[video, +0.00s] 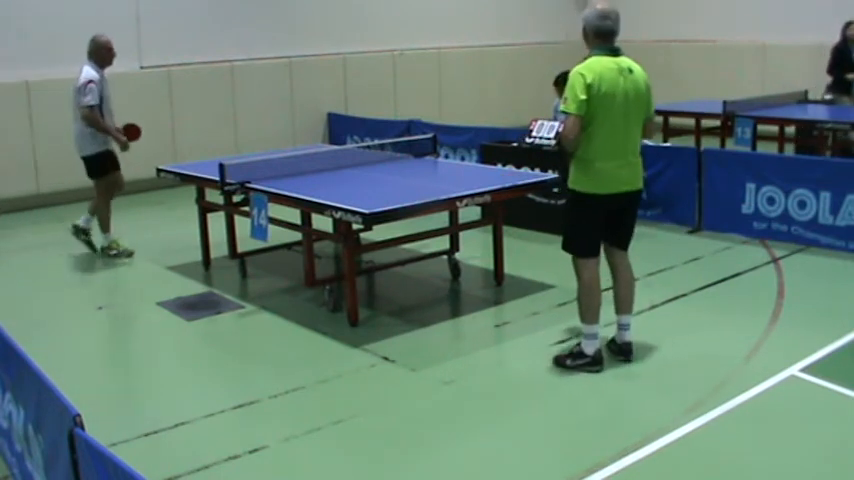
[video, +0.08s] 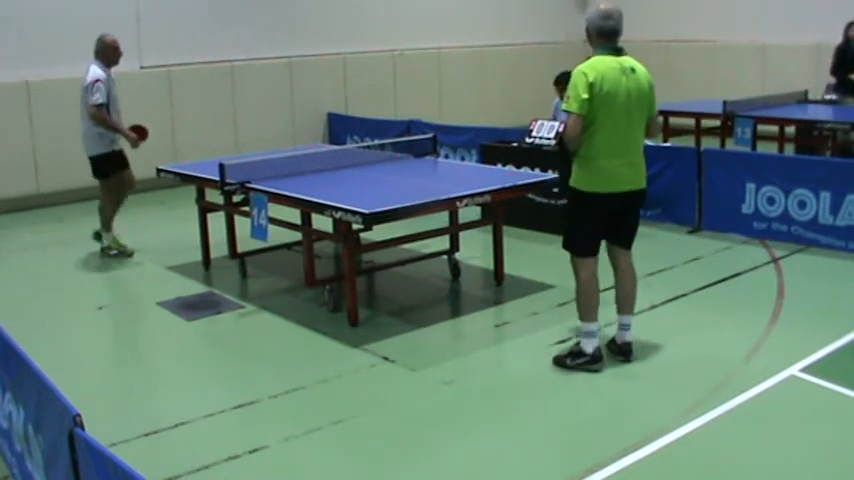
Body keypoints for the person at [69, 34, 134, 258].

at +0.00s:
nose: (113, 54)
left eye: (112, 50)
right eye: (109, 50)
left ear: (100, 53)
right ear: (97, 53)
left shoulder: (97, 75)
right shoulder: (90, 79)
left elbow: (99, 113)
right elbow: (89, 114)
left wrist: (117, 130)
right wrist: (116, 136)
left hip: (99, 143)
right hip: (92, 145)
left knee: (114, 184)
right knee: (105, 189)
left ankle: (84, 224)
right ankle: (108, 241)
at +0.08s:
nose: (120, 53)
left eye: (119, 49)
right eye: (115, 49)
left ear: (104, 52)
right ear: (104, 52)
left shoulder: (103, 74)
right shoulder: (97, 78)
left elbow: (104, 113)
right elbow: (97, 113)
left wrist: (126, 130)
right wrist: (125, 132)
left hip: (108, 144)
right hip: (100, 146)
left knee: (126, 183)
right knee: (111, 189)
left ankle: (104, 227)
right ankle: (108, 239)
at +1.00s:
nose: (203, 49)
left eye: (202, 44)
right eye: (199, 45)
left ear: (187, 47)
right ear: (188, 47)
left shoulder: (187, 68)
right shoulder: (180, 71)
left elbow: (191, 101)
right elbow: (174, 102)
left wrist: (206, 119)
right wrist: (195, 128)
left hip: (188, 136)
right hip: (183, 138)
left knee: (182, 183)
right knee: (202, 185)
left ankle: (176, 231)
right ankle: (220, 229)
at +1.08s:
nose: (210, 49)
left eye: (209, 44)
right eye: (206, 44)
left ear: (192, 47)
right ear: (195, 48)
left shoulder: (187, 67)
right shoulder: (190, 72)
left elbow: (190, 104)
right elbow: (183, 104)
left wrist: (208, 123)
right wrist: (205, 129)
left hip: (184, 138)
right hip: (193, 139)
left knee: (182, 184)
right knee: (207, 187)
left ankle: (177, 230)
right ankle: (224, 229)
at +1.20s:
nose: (221, 49)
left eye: (220, 45)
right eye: (218, 45)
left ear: (201, 47)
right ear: (209, 47)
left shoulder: (190, 66)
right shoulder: (203, 72)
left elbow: (193, 105)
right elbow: (200, 106)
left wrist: (219, 121)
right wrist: (221, 128)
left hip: (188, 139)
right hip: (203, 140)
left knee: (187, 183)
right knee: (218, 188)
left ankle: (179, 229)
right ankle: (227, 231)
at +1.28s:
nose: (230, 50)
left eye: (229, 45)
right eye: (227, 45)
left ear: (210, 46)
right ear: (217, 47)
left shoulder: (196, 63)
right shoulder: (211, 71)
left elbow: (199, 103)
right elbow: (211, 106)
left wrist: (223, 124)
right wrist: (234, 126)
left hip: (192, 136)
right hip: (207, 138)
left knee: (192, 183)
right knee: (219, 188)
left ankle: (179, 226)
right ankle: (227, 231)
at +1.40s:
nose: (241, 51)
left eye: (240, 47)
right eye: (238, 47)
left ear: (222, 46)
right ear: (228, 47)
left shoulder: (205, 63)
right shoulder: (221, 72)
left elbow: (207, 100)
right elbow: (225, 105)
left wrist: (229, 120)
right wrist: (253, 123)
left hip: (195, 136)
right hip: (212, 138)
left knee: (200, 184)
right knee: (222, 188)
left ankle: (182, 224)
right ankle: (228, 231)